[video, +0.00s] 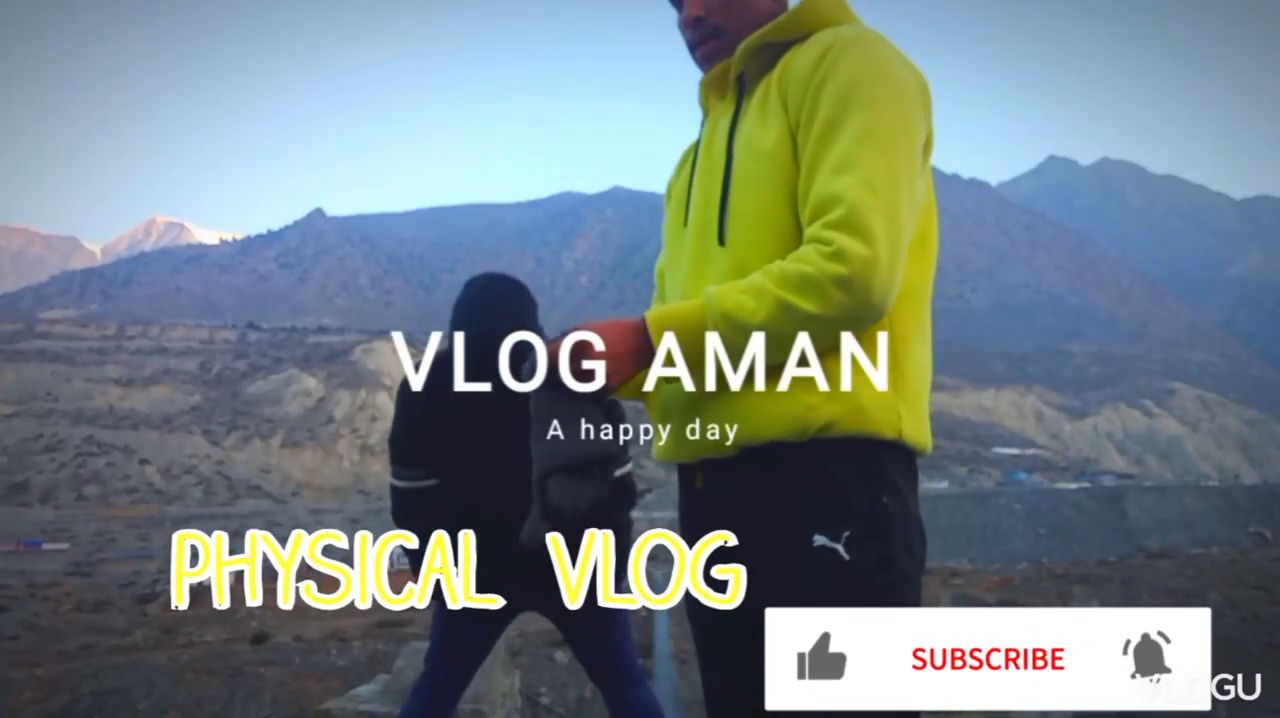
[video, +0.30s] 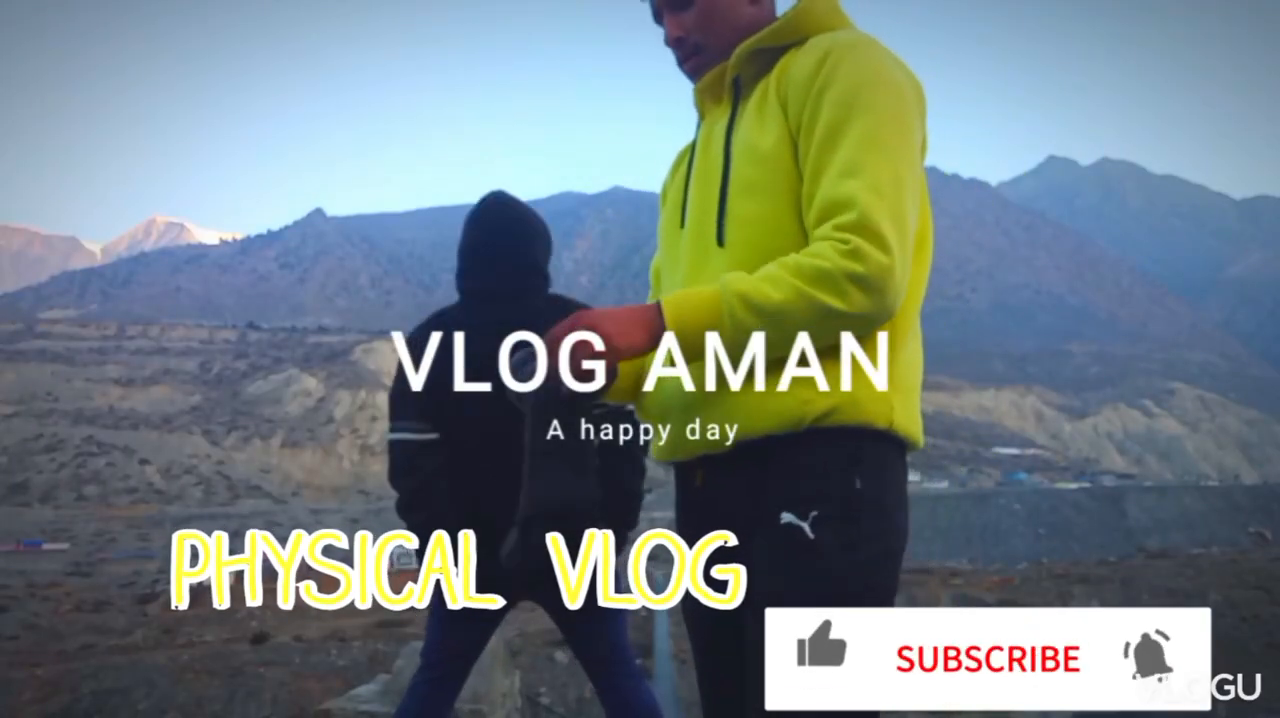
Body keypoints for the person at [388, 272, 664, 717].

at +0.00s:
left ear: (460, 319)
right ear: (532, 321)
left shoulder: (428, 383)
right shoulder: (568, 376)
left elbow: (411, 481)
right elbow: (615, 475)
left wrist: (418, 551)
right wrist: (616, 562)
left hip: (480, 568)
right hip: (570, 565)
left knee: (438, 684)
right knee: (624, 682)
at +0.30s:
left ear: (468, 252)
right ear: (541, 252)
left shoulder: (434, 337)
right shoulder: (585, 328)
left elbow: (410, 457)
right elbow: (623, 440)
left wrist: (439, 540)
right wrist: (613, 530)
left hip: (475, 551)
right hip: (572, 548)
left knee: (434, 683)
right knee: (620, 679)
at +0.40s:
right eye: (537, 246)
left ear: (469, 253)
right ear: (540, 254)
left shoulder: (434, 334)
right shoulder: (577, 329)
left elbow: (409, 451)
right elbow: (625, 433)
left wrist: (437, 539)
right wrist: (614, 518)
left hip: (474, 548)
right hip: (568, 544)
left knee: (433, 685)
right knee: (621, 680)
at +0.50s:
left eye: (476, 243)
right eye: (537, 238)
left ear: (471, 248)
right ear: (540, 244)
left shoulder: (436, 328)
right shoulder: (590, 319)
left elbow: (406, 445)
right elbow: (630, 432)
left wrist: (430, 536)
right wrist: (608, 513)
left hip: (473, 546)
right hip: (569, 543)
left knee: (431, 684)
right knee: (620, 678)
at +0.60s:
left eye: (477, 238)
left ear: (474, 244)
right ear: (540, 239)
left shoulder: (442, 320)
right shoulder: (594, 310)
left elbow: (402, 436)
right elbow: (631, 426)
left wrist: (408, 536)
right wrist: (609, 519)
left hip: (472, 547)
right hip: (570, 545)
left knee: (430, 682)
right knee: (621, 679)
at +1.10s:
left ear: (439, 240)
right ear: (505, 241)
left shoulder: (409, 311)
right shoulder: (528, 312)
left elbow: (341, 386)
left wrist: (294, 439)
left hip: (434, 532)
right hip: (525, 527)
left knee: (414, 688)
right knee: (578, 682)